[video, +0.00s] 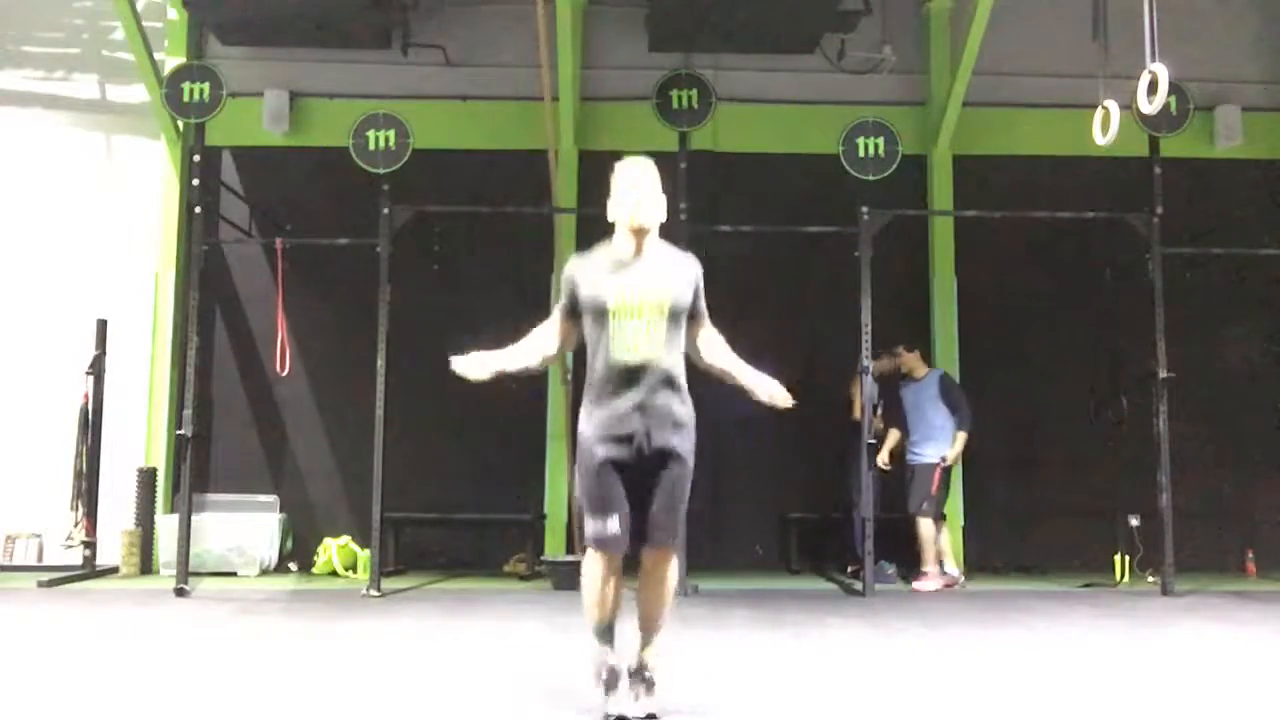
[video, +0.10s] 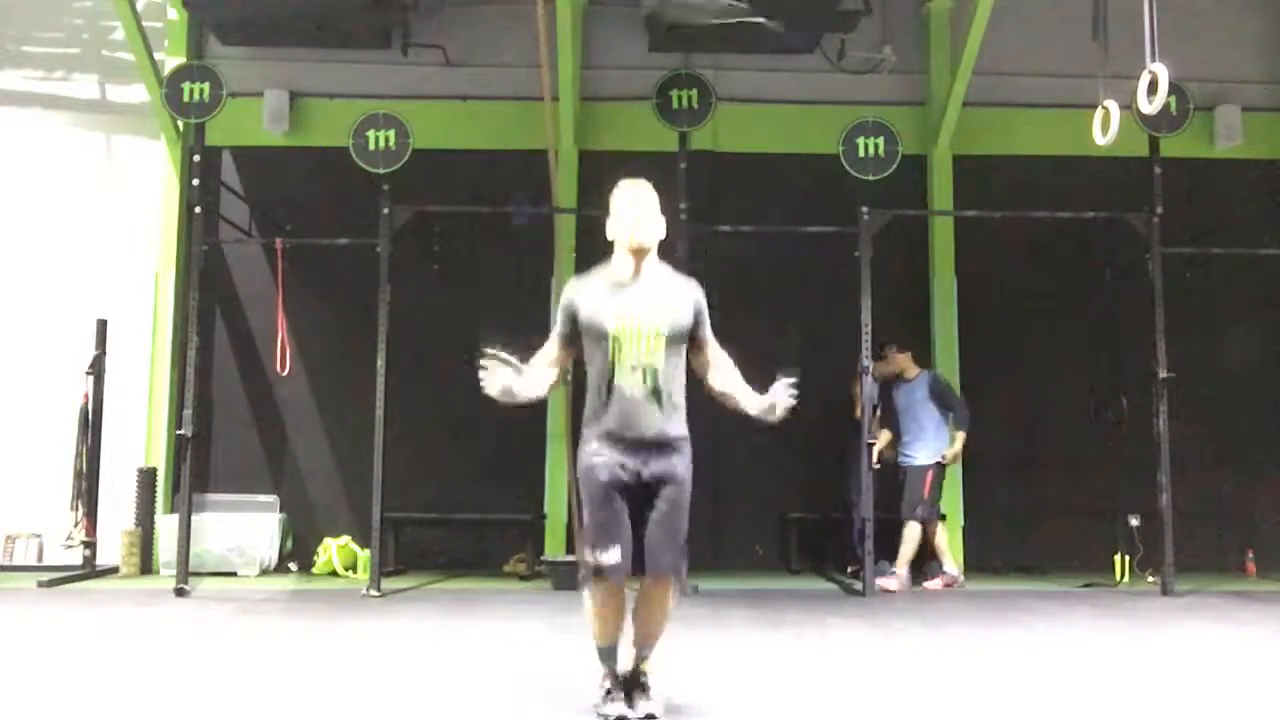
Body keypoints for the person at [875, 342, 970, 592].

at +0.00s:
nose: (898, 361)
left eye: (902, 355)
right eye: (896, 356)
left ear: (916, 353)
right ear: (900, 359)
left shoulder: (940, 380)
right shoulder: (902, 388)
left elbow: (964, 414)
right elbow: (898, 423)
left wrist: (956, 448)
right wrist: (886, 449)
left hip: (937, 456)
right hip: (914, 458)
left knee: (922, 512)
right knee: (932, 516)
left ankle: (931, 572)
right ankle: (951, 569)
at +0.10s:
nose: (891, 363)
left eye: (894, 357)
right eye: (888, 359)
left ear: (907, 356)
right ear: (890, 362)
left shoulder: (932, 381)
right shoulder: (894, 388)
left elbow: (961, 411)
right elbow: (891, 423)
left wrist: (957, 446)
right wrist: (877, 446)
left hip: (930, 458)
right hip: (909, 459)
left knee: (913, 515)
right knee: (930, 517)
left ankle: (900, 574)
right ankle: (951, 570)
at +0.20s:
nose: (877, 366)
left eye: (880, 359)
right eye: (876, 361)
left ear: (899, 357)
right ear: (894, 359)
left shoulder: (921, 383)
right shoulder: (888, 390)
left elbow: (949, 409)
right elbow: (886, 417)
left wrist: (950, 443)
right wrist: (880, 434)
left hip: (921, 460)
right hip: (901, 461)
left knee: (904, 517)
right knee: (922, 518)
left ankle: (890, 574)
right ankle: (949, 569)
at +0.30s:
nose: (873, 361)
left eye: (876, 355)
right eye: (871, 356)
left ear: (891, 353)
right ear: (871, 359)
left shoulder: (911, 382)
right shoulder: (877, 386)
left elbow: (932, 414)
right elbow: (873, 426)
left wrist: (935, 445)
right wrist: (862, 454)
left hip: (911, 458)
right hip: (889, 458)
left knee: (902, 516)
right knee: (905, 517)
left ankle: (889, 574)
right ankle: (944, 564)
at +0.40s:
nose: (867, 358)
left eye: (870, 352)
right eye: (865, 353)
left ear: (883, 351)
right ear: (864, 355)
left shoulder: (903, 383)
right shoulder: (869, 383)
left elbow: (913, 421)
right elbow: (865, 423)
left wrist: (911, 456)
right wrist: (857, 455)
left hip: (897, 458)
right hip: (876, 458)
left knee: (896, 517)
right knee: (889, 517)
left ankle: (889, 573)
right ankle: (930, 554)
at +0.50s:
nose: (859, 363)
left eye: (862, 357)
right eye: (856, 359)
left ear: (872, 353)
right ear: (857, 360)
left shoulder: (892, 385)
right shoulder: (866, 383)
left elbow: (893, 427)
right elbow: (863, 425)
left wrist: (882, 462)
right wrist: (850, 453)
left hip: (889, 451)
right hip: (870, 450)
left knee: (887, 513)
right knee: (867, 509)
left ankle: (888, 573)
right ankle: (907, 549)